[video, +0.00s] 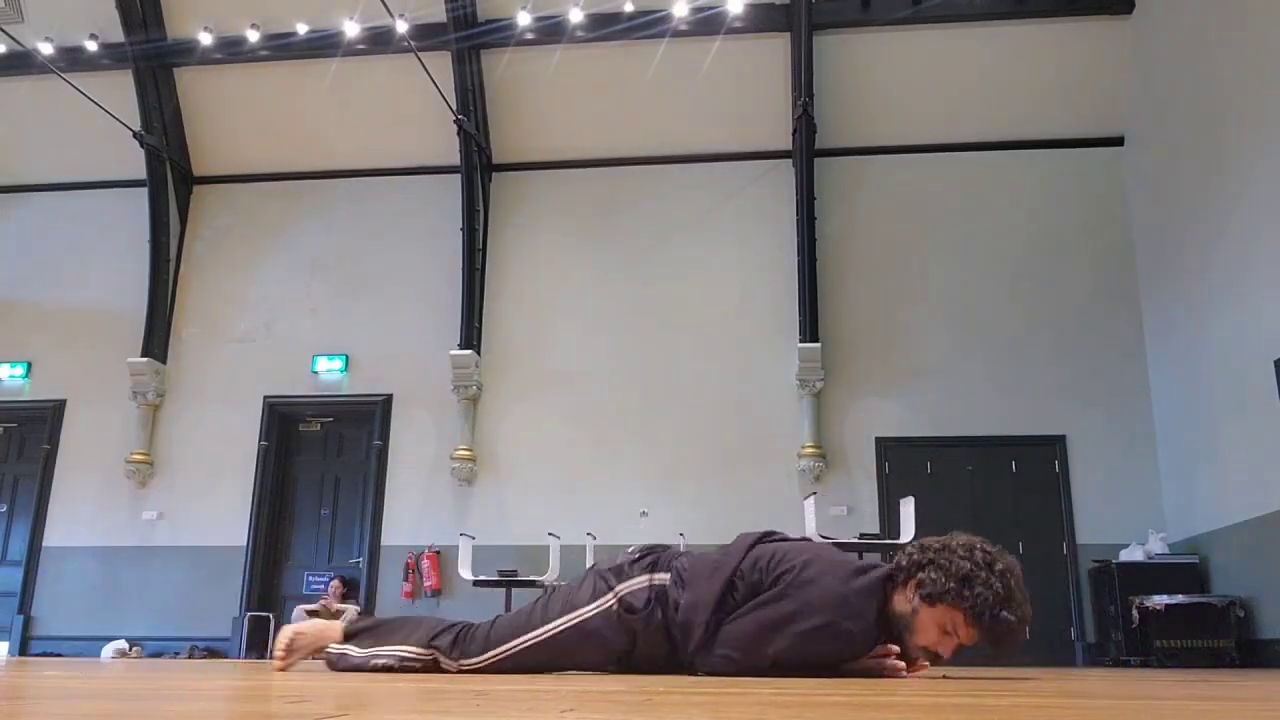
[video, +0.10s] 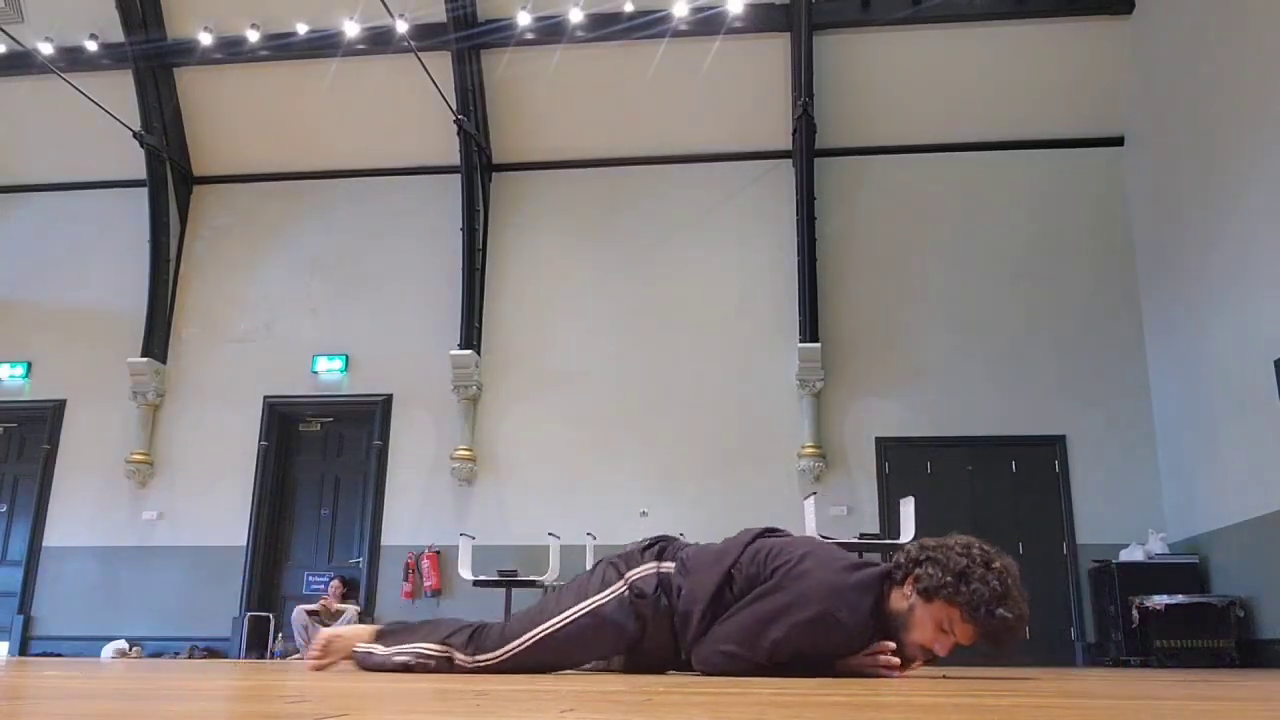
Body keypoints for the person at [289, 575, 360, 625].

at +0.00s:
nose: (333, 591)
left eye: (337, 588)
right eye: (331, 587)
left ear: (343, 591)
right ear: (328, 588)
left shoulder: (349, 605)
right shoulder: (321, 605)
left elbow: (357, 610)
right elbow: (298, 608)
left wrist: (335, 607)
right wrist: (317, 606)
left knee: (353, 613)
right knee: (298, 611)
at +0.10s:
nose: (333, 591)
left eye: (337, 588)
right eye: (331, 587)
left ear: (344, 590)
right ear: (328, 589)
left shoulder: (349, 604)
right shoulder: (322, 604)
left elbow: (357, 609)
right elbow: (298, 608)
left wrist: (335, 607)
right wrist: (318, 607)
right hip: (318, 634)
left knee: (352, 612)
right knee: (297, 612)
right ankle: (304, 652)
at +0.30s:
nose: (333, 590)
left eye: (337, 588)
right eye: (331, 587)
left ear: (344, 590)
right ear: (328, 589)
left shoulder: (349, 604)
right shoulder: (322, 604)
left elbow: (358, 609)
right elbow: (298, 608)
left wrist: (336, 607)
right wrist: (318, 607)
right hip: (316, 635)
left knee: (352, 614)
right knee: (297, 612)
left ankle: (337, 653)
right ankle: (304, 652)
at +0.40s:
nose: (333, 590)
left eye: (337, 588)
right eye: (331, 587)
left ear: (344, 590)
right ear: (328, 589)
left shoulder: (349, 604)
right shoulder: (322, 604)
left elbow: (358, 609)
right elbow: (298, 608)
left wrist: (336, 607)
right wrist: (318, 607)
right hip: (316, 634)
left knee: (352, 614)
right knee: (297, 612)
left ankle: (337, 653)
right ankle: (304, 653)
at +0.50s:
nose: (333, 590)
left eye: (337, 588)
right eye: (331, 587)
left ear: (344, 590)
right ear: (328, 589)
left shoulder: (349, 604)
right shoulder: (322, 604)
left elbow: (358, 609)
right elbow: (298, 608)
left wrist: (336, 607)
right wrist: (318, 607)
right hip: (316, 634)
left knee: (352, 614)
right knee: (297, 612)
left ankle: (337, 653)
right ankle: (304, 653)